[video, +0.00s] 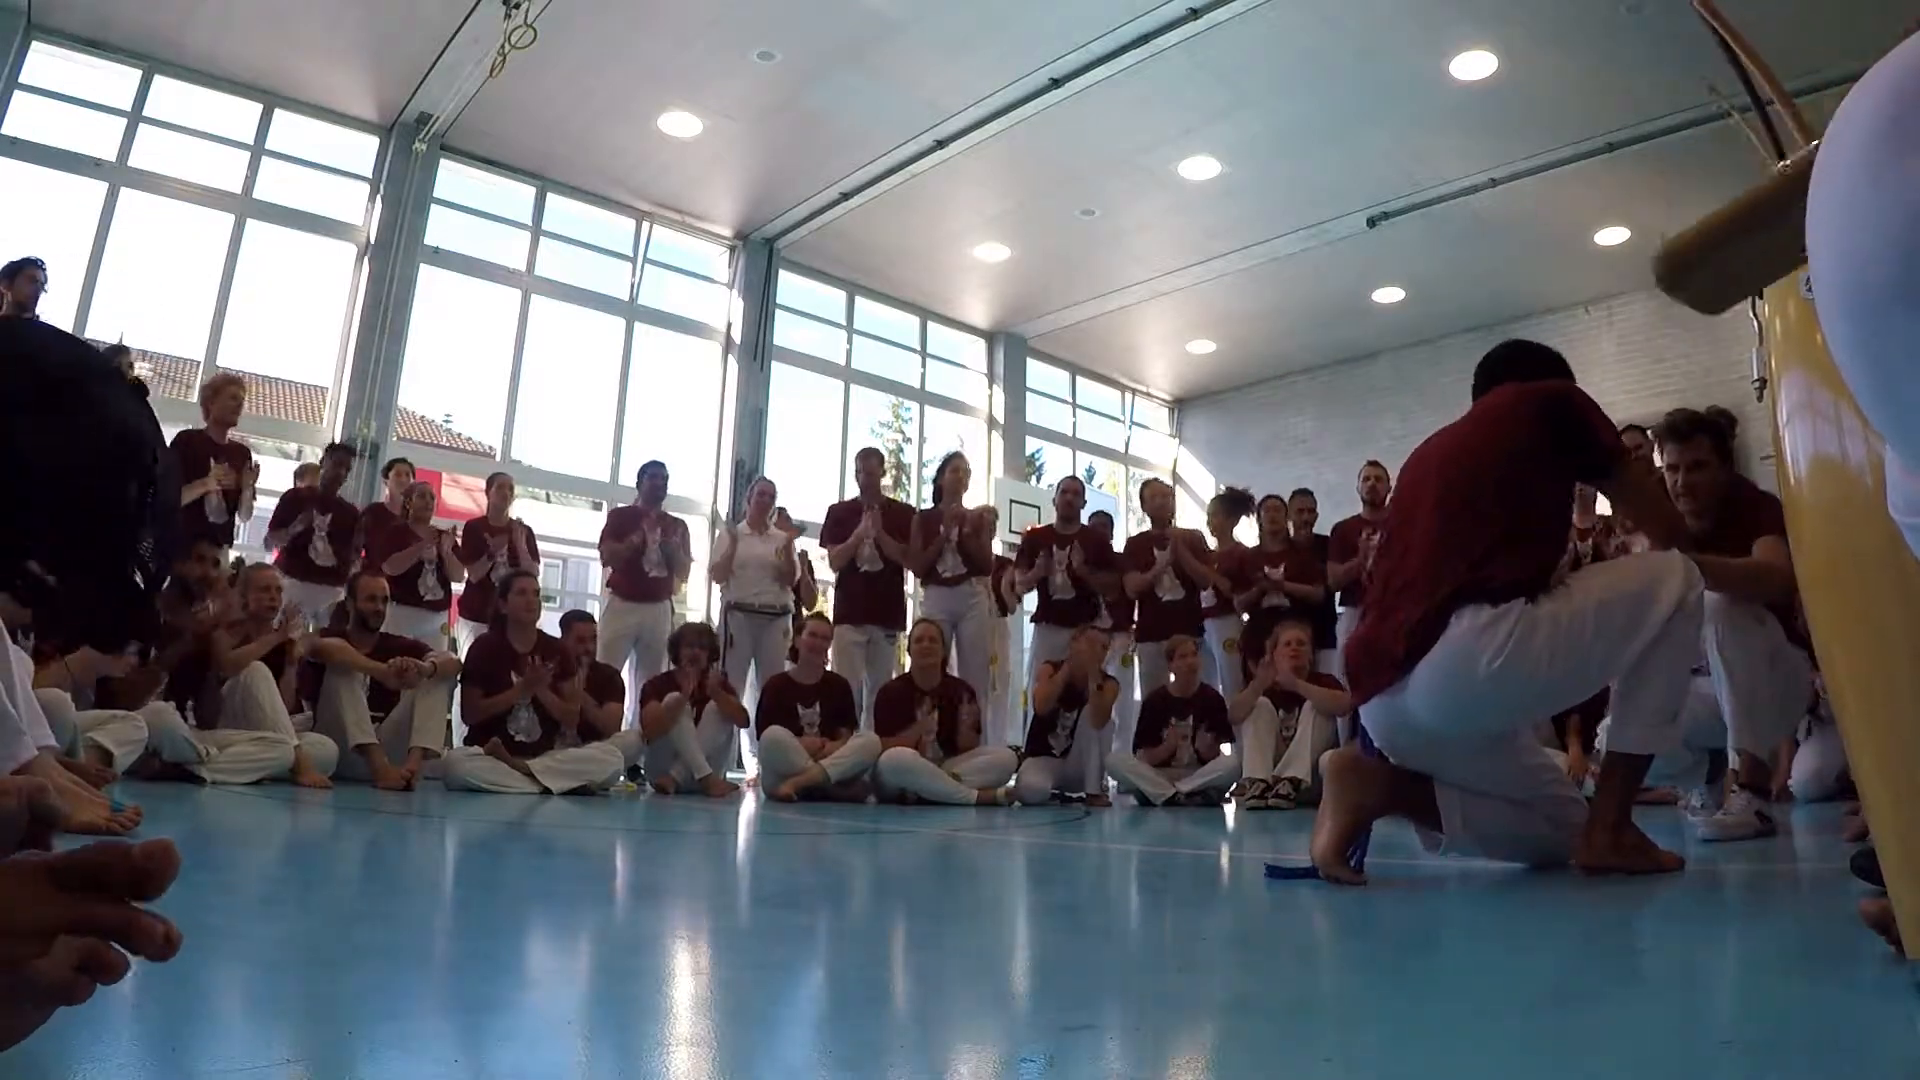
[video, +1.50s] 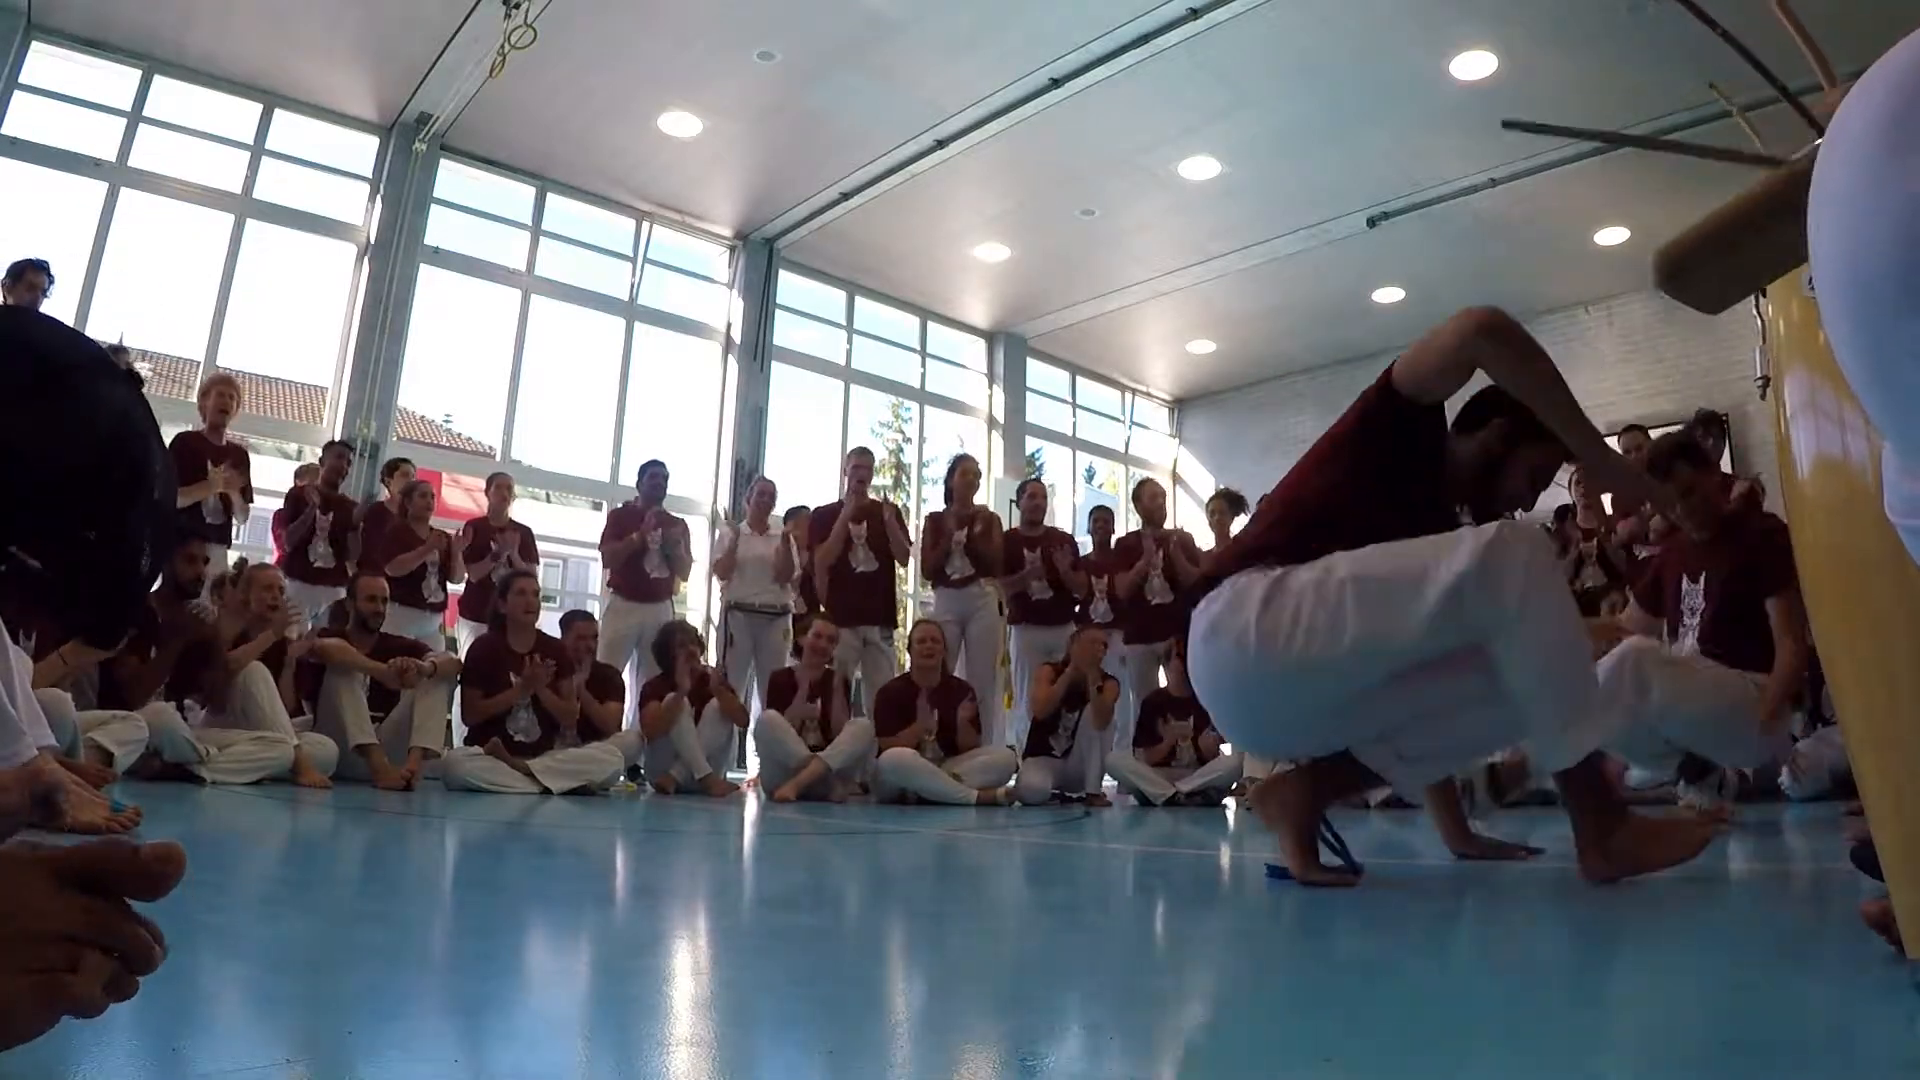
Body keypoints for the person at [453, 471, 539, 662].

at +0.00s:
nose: (505, 493)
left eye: (510, 489)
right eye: (500, 488)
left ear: (513, 495)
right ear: (488, 492)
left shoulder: (523, 531)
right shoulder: (473, 527)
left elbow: (533, 573)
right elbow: (473, 575)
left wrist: (521, 547)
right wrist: (492, 553)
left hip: (510, 618)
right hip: (475, 614)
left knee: (505, 680)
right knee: (472, 678)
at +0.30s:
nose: (505, 493)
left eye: (509, 489)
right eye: (499, 487)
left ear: (513, 495)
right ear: (487, 492)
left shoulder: (524, 532)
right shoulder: (472, 527)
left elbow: (533, 574)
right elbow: (474, 575)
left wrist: (516, 549)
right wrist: (500, 551)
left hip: (511, 619)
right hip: (474, 615)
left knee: (505, 681)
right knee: (471, 680)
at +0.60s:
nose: (505, 493)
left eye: (509, 489)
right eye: (499, 488)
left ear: (513, 495)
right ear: (488, 492)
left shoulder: (523, 531)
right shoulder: (473, 527)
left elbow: (533, 573)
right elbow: (474, 575)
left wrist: (520, 542)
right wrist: (492, 552)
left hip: (511, 617)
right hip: (475, 613)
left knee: (504, 679)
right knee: (471, 678)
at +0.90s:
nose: (505, 494)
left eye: (509, 489)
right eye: (499, 488)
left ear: (513, 495)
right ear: (488, 493)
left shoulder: (524, 532)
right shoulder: (474, 527)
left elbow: (533, 574)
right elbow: (473, 574)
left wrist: (518, 547)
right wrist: (495, 552)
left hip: (511, 618)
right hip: (475, 614)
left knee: (504, 680)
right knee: (471, 679)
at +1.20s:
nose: (505, 494)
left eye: (509, 489)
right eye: (499, 488)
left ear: (513, 495)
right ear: (488, 493)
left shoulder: (524, 532)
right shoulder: (473, 527)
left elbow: (532, 573)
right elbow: (473, 574)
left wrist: (516, 553)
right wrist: (497, 553)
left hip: (510, 617)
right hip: (475, 614)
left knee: (505, 679)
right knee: (472, 678)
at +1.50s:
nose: (504, 494)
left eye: (508, 489)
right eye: (498, 488)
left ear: (513, 495)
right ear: (487, 493)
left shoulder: (524, 533)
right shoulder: (473, 527)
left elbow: (531, 576)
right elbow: (473, 574)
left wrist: (514, 554)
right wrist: (497, 554)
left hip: (510, 619)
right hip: (474, 615)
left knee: (505, 683)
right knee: (471, 680)